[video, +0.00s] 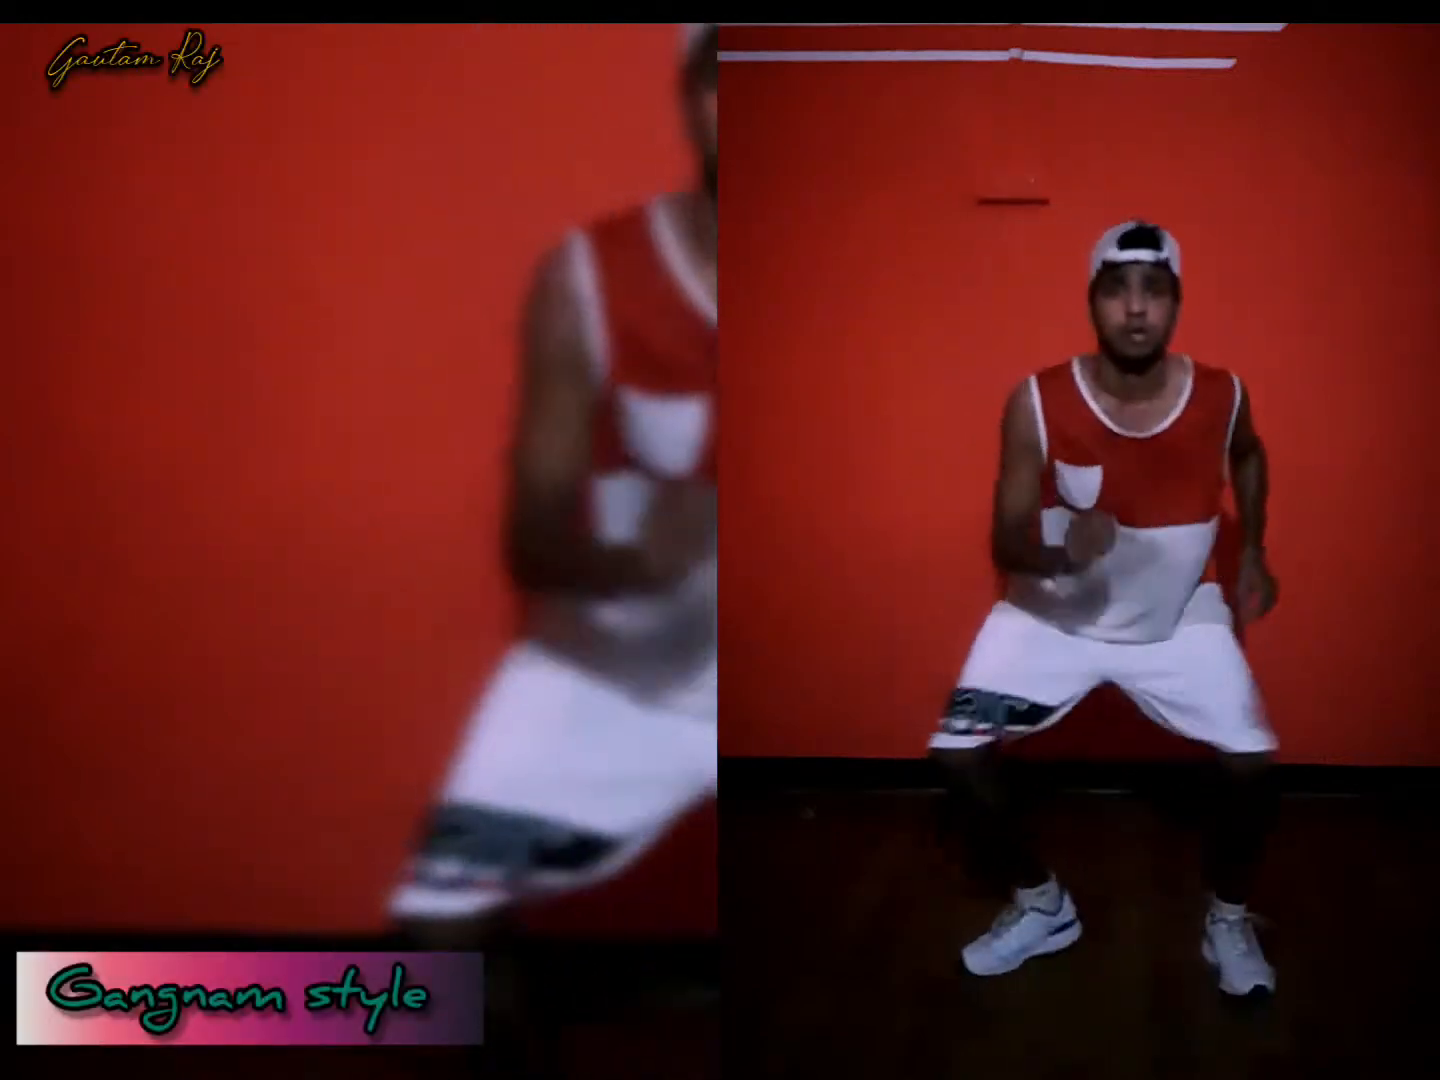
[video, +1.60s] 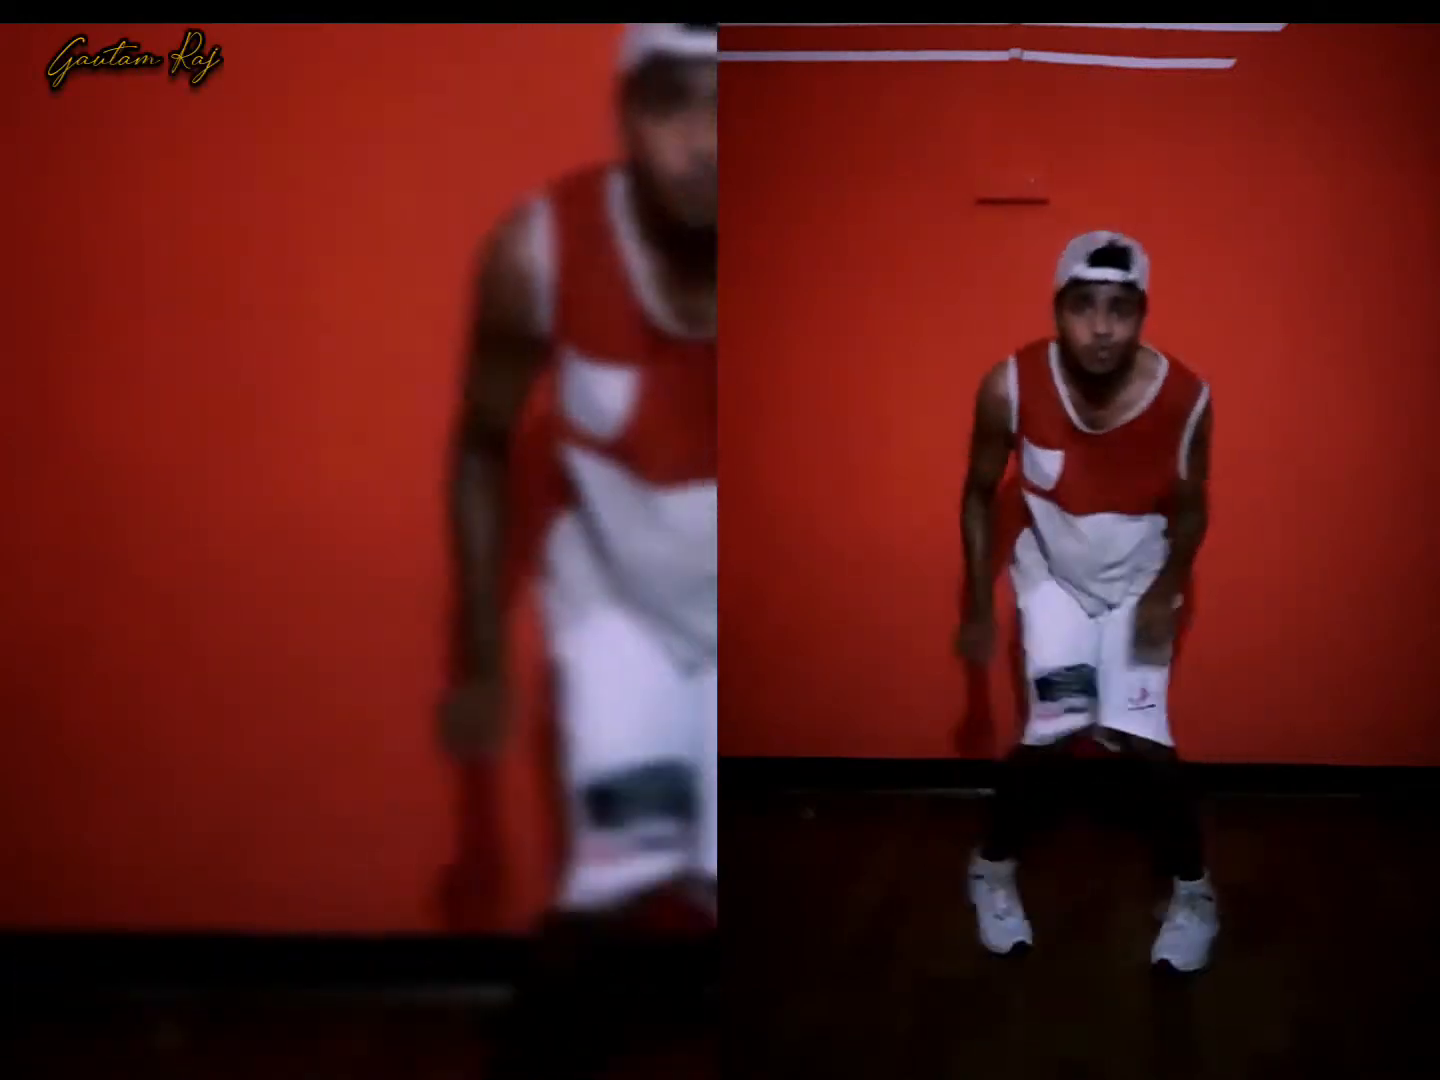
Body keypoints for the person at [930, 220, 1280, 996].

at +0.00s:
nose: (1136, 307)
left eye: (1154, 290)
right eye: (1118, 289)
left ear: (1177, 304)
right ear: (1092, 303)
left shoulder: (1220, 397)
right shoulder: (1037, 403)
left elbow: (1247, 459)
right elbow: (1009, 545)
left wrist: (1252, 550)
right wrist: (1062, 551)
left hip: (1180, 620)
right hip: (1053, 616)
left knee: (1250, 761)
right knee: (961, 753)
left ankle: (1228, 916)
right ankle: (1039, 905)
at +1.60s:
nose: (1102, 329)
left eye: (1120, 311)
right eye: (1084, 310)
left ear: (1142, 318)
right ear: (1058, 316)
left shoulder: (1183, 399)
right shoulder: (1012, 390)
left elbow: (1191, 506)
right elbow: (980, 494)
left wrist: (1169, 589)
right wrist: (978, 607)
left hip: (1144, 580)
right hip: (1050, 576)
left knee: (1139, 734)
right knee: (1055, 727)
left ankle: (1191, 893)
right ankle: (994, 872)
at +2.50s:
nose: (987, 317)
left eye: (1005, 301)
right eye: (973, 300)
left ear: (1034, 309)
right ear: (956, 311)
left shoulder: (1103, 378)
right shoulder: (934, 408)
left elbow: (1154, 433)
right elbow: (897, 487)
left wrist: (1131, 524)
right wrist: (950, 533)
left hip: (1107, 575)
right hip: (1001, 585)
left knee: (1184, 709)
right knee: (974, 740)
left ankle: (1151, 874)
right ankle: (1029, 885)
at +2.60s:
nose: (958, 263)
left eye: (975, 245)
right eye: (943, 246)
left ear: (1006, 250)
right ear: (927, 260)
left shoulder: (1070, 307)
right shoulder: (923, 374)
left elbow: (1104, 412)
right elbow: (918, 512)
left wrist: (1119, 506)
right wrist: (977, 499)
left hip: (1090, 563)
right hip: (993, 578)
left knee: (1136, 713)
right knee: (982, 743)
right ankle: (1030, 883)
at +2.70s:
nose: (949, 269)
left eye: (965, 253)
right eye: (933, 254)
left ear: (990, 259)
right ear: (916, 266)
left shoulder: (1037, 318)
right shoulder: (914, 373)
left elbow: (1060, 420)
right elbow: (963, 516)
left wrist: (1108, 487)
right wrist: (992, 433)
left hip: (1072, 572)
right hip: (986, 579)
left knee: (1050, 742)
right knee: (981, 745)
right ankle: (992, 878)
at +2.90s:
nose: (1002, 284)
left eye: (1020, 269)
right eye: (988, 266)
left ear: (1043, 278)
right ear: (968, 271)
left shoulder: (1060, 357)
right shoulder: (928, 351)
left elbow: (1060, 461)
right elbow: (908, 489)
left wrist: (1122, 484)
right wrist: (950, 475)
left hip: (1028, 590)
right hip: (945, 583)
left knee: (993, 772)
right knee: (940, 761)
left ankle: (917, 835)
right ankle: (870, 862)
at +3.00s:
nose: (1045, 270)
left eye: (1063, 255)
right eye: (1031, 251)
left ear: (1086, 266)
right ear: (1008, 259)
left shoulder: (1099, 348)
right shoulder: (963, 337)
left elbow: (1089, 440)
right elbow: (880, 460)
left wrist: (1146, 494)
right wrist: (904, 542)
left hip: (1023, 566)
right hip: (932, 559)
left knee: (1048, 719)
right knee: (911, 738)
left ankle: (960, 817)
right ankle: (861, 860)